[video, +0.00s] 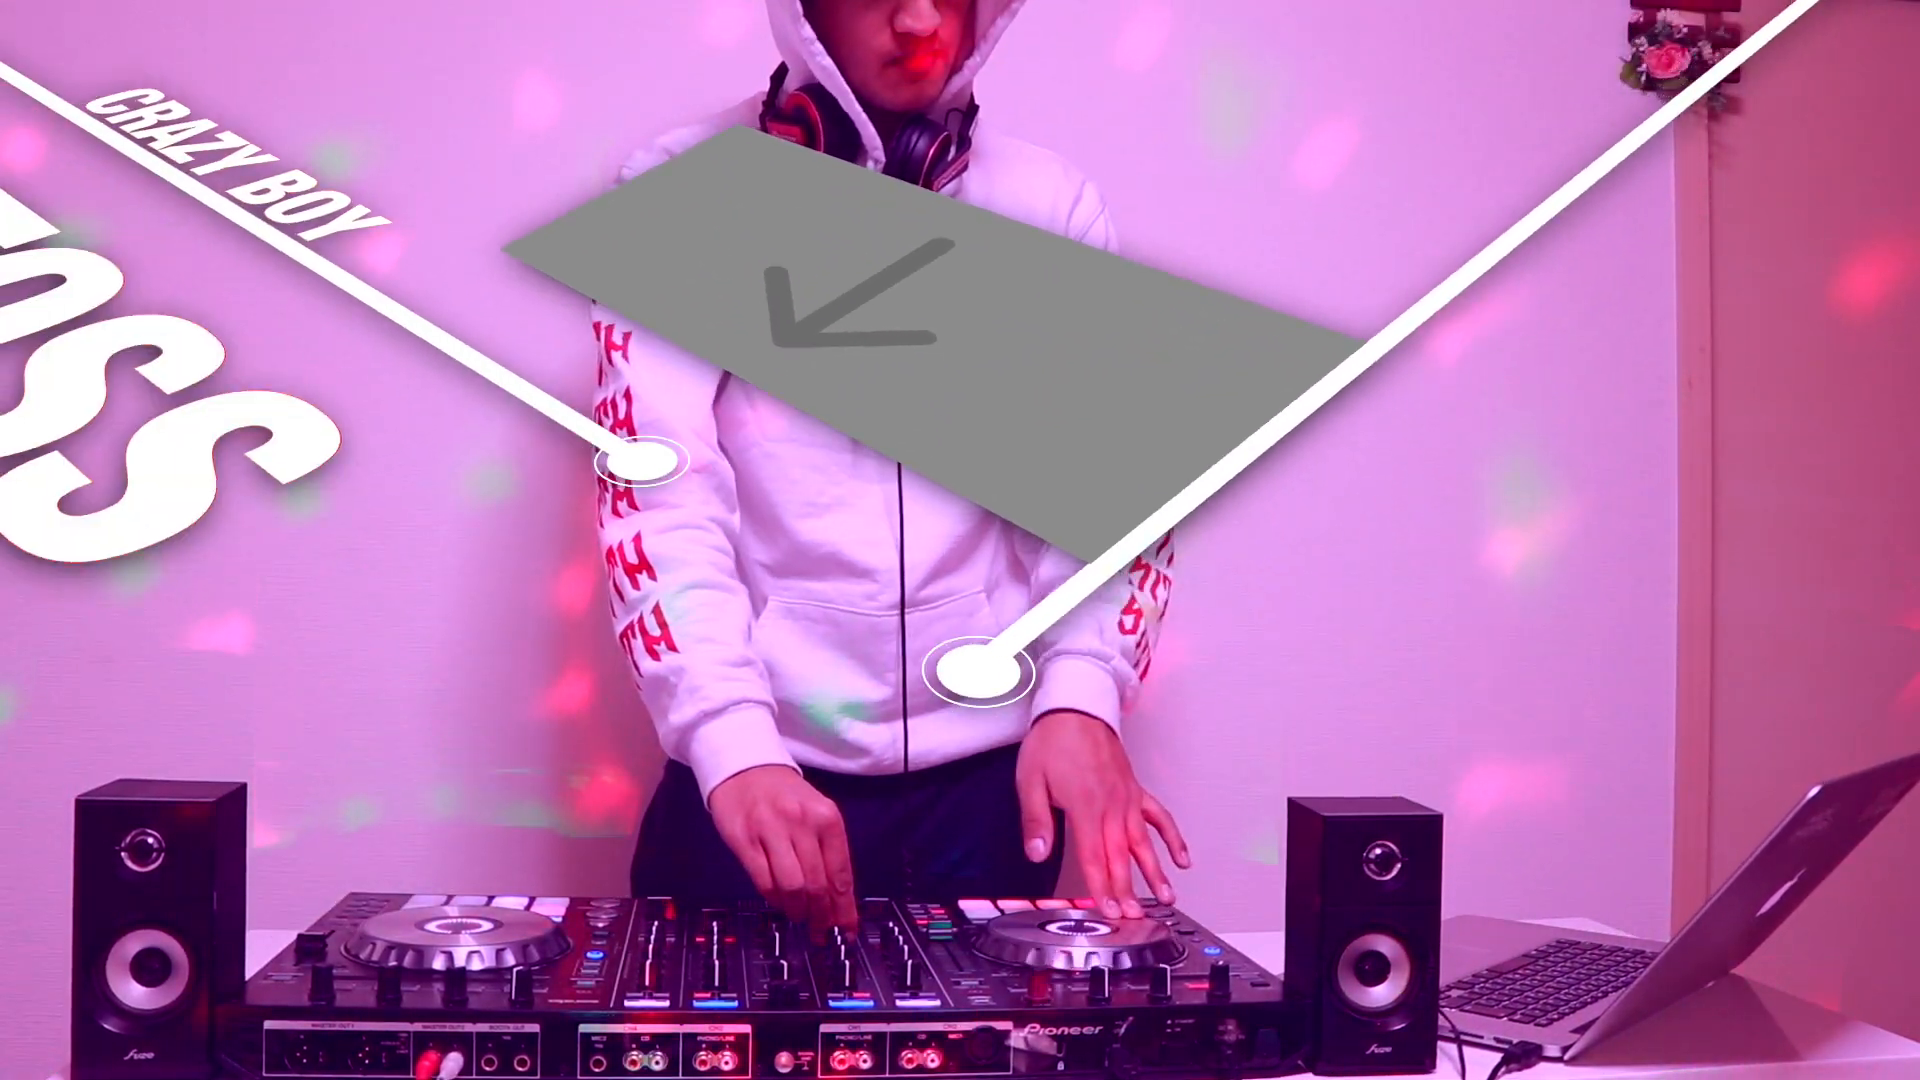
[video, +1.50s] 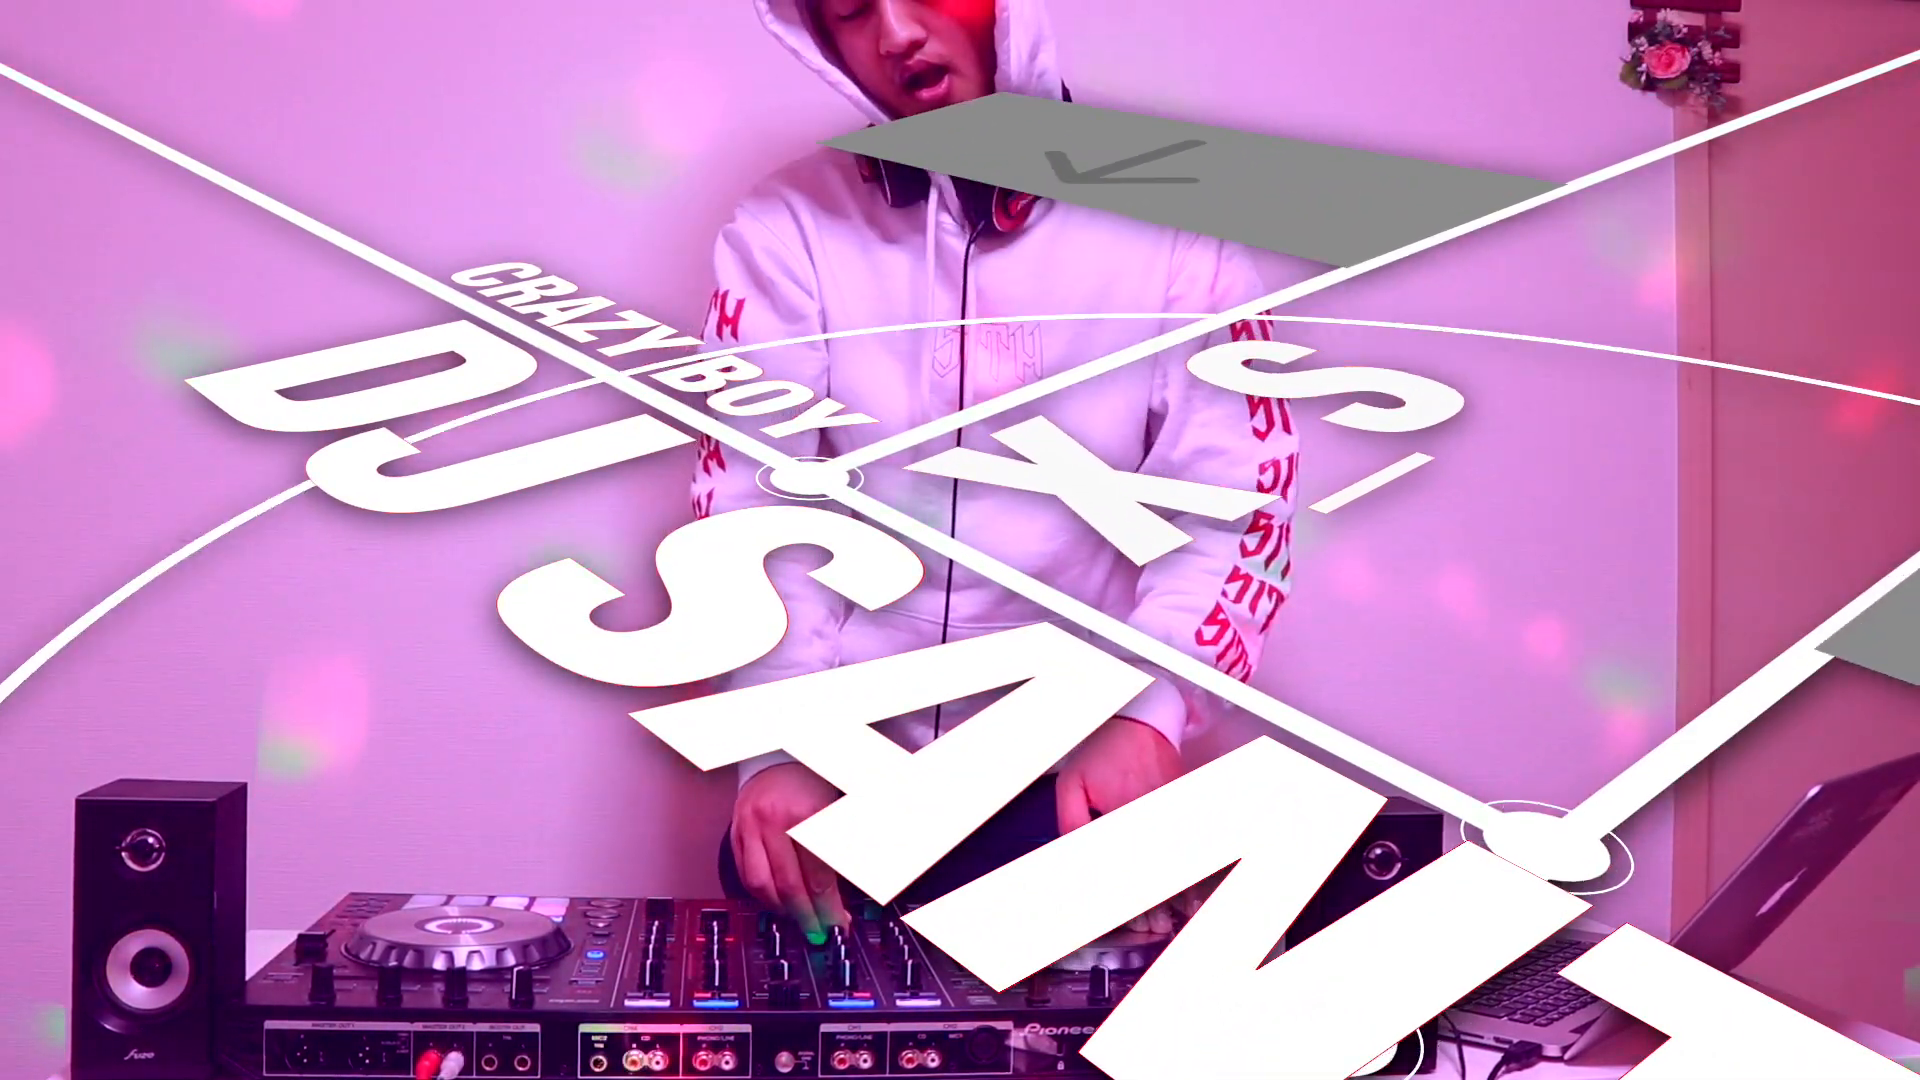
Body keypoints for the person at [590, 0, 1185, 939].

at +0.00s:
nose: (923, 21)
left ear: (983, 6)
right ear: (808, 3)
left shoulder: (1054, 204)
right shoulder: (687, 194)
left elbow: (1122, 481)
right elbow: (661, 499)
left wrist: (1082, 699)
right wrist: (737, 751)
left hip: (998, 798)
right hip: (756, 794)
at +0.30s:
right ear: (796, 4)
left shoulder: (1073, 200)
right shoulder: (709, 200)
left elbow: (1132, 487)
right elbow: (678, 498)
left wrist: (1099, 708)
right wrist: (741, 746)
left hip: (1017, 789)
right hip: (773, 785)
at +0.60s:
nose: (884, 4)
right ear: (803, 8)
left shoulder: (1103, 203)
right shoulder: (729, 207)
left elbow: (1160, 486)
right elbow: (687, 505)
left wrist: (1122, 715)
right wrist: (751, 743)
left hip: (1032, 784)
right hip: (784, 782)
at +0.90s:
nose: (893, 7)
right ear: (811, 16)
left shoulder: (1129, 208)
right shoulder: (755, 216)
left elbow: (1188, 495)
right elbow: (710, 500)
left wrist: (1129, 705)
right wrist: (755, 740)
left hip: (1046, 763)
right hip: (801, 767)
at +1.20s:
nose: (897, 19)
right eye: (852, 1)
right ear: (816, 27)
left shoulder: (1151, 214)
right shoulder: (778, 232)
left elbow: (1210, 500)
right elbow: (730, 505)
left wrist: (1147, 710)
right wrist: (762, 746)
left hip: (1056, 760)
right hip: (821, 767)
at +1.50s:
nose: (900, 34)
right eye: (855, 11)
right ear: (824, 42)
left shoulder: (1170, 224)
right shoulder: (785, 235)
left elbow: (1237, 514)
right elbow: (753, 508)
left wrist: (1148, 713)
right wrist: (782, 739)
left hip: (1084, 746)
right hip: (846, 752)